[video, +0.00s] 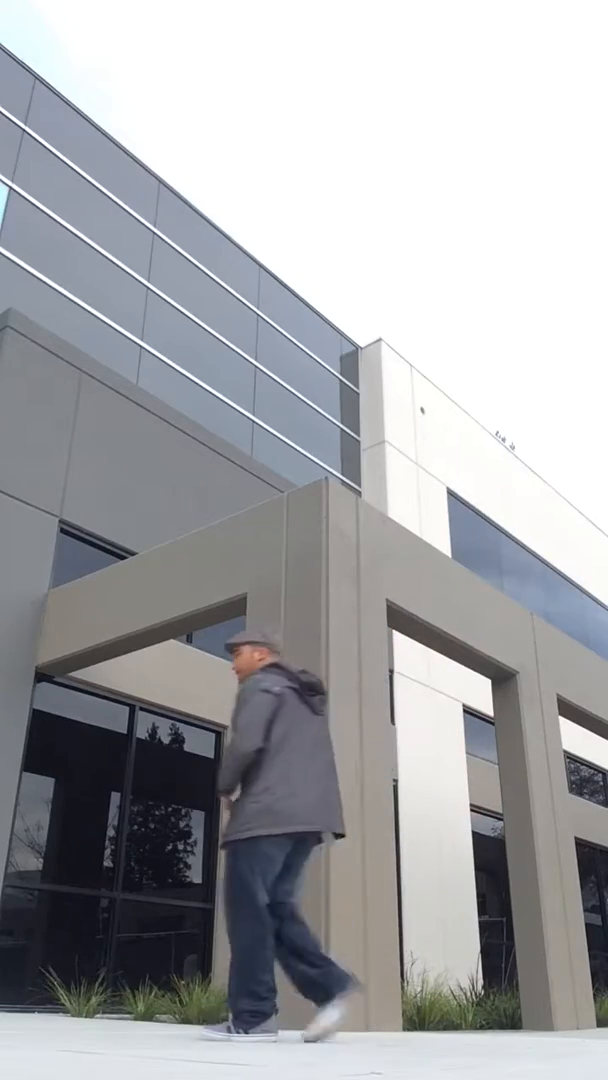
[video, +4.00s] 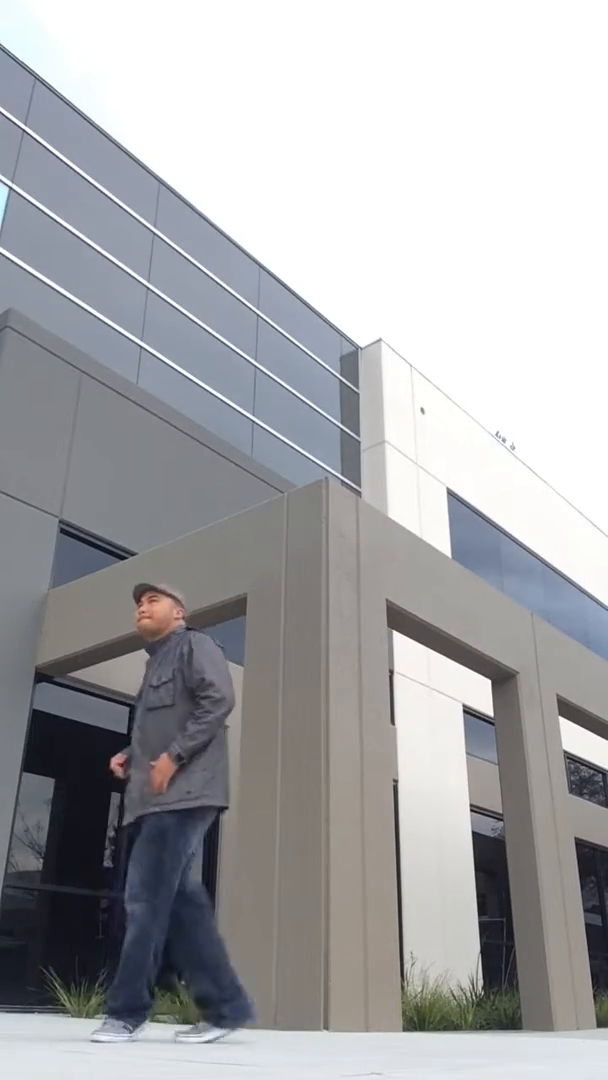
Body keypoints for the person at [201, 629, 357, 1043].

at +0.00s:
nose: (232, 663)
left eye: (237, 653)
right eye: (232, 655)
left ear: (262, 653)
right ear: (266, 655)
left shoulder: (262, 685)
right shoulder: (302, 688)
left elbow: (246, 744)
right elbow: (304, 755)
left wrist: (224, 785)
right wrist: (250, 794)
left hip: (271, 809)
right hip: (310, 811)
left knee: (246, 909)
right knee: (277, 906)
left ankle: (251, 1017)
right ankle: (333, 989)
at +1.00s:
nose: (196, 612)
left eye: (201, 605)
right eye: (198, 605)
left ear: (222, 610)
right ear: (240, 617)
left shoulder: (209, 628)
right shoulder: (264, 658)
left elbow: (200, 665)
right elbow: (269, 720)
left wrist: (201, 716)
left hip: (203, 765)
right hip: (255, 779)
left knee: (177, 888)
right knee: (230, 885)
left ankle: (185, 1006)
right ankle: (234, 1001)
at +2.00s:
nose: (242, 544)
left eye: (253, 537)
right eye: (233, 542)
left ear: (276, 554)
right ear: (225, 563)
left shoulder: (309, 609)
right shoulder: (200, 613)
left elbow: (356, 655)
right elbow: (161, 665)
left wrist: (340, 671)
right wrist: (181, 673)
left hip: (298, 757)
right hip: (228, 763)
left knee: (306, 874)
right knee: (243, 886)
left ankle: (331, 1004)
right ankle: (271, 1023)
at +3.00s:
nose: (202, 589)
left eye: (210, 585)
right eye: (192, 582)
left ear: (218, 603)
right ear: (173, 595)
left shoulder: (222, 664)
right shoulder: (134, 631)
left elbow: (226, 730)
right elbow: (79, 684)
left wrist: (215, 720)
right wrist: (58, 739)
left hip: (173, 789)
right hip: (116, 773)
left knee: (135, 901)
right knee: (106, 886)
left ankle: (98, 1011)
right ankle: (68, 1011)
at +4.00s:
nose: (142, 609)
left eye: (152, 601)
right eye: (138, 604)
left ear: (179, 611)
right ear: (139, 619)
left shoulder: (195, 644)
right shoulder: (155, 665)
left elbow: (219, 701)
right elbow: (159, 729)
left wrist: (174, 754)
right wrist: (131, 754)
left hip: (184, 794)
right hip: (156, 797)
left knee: (146, 898)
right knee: (182, 901)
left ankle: (126, 1013)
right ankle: (229, 1009)